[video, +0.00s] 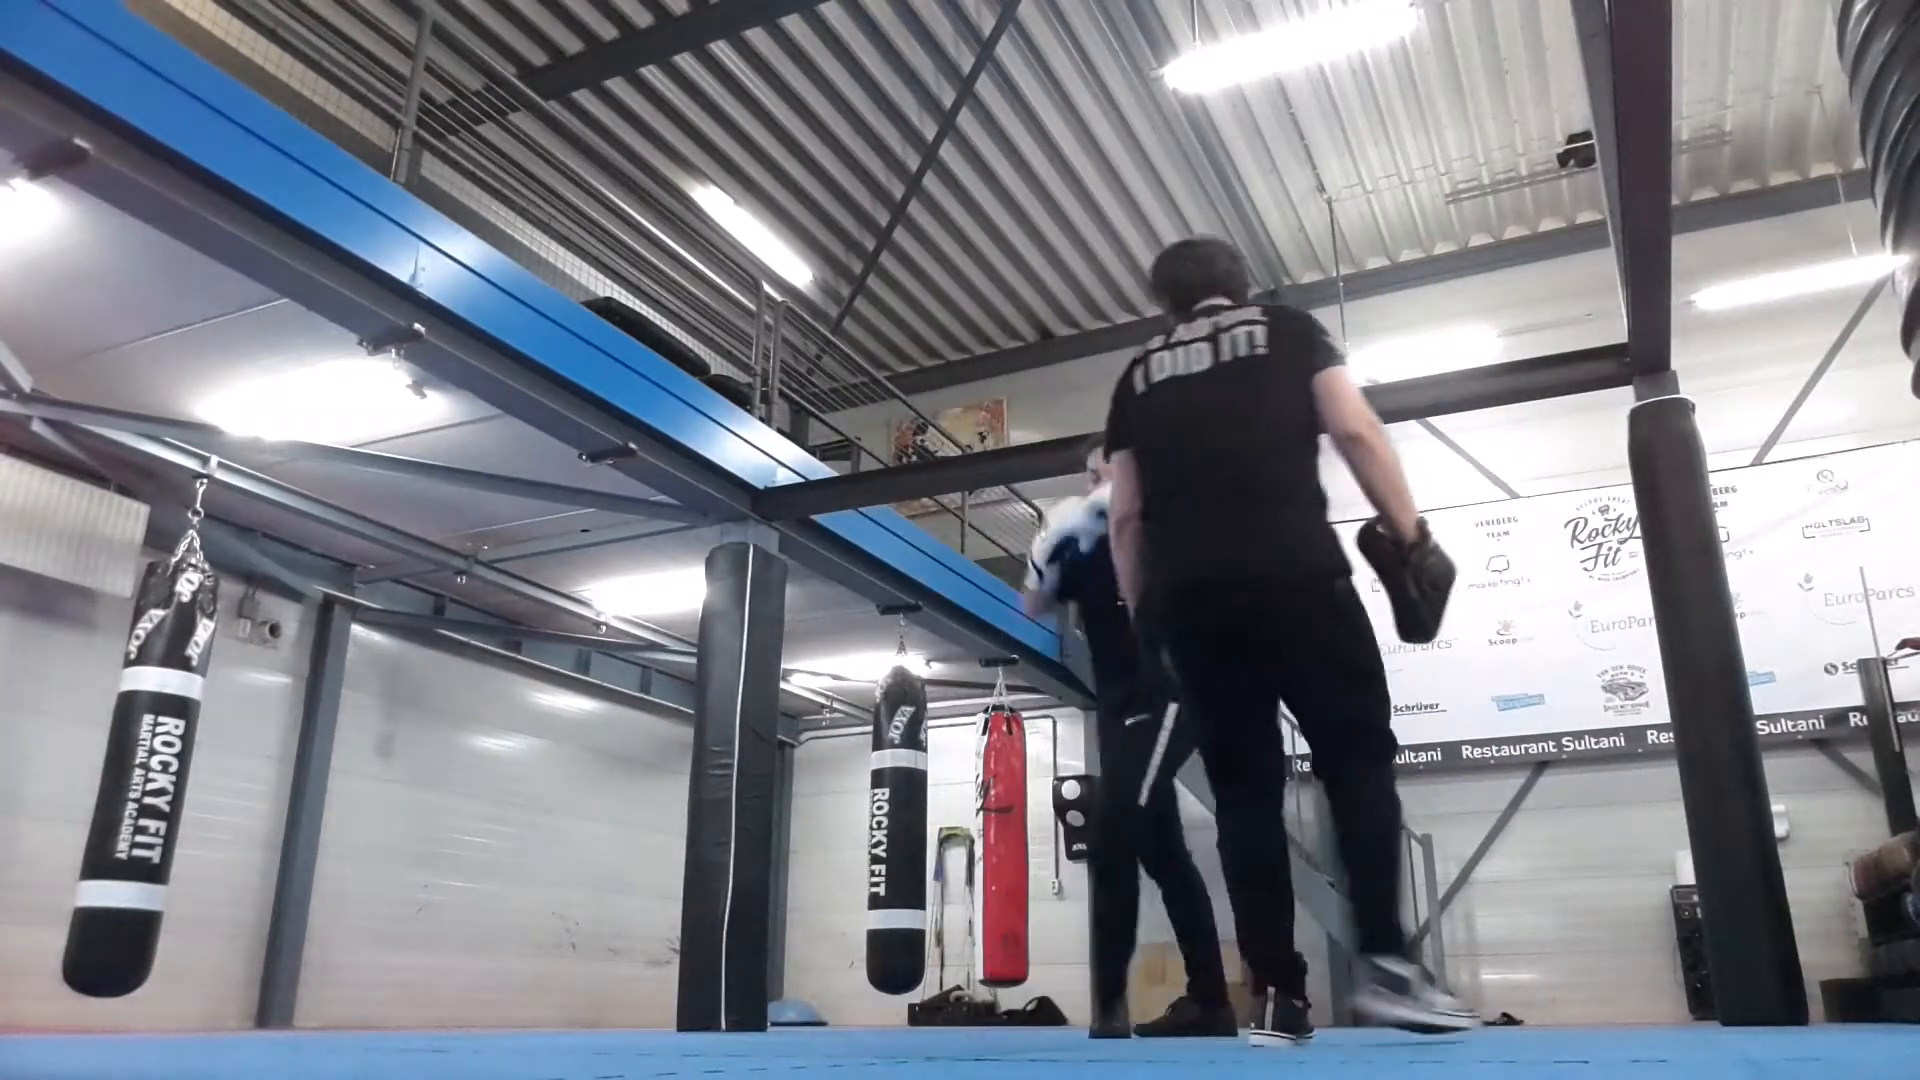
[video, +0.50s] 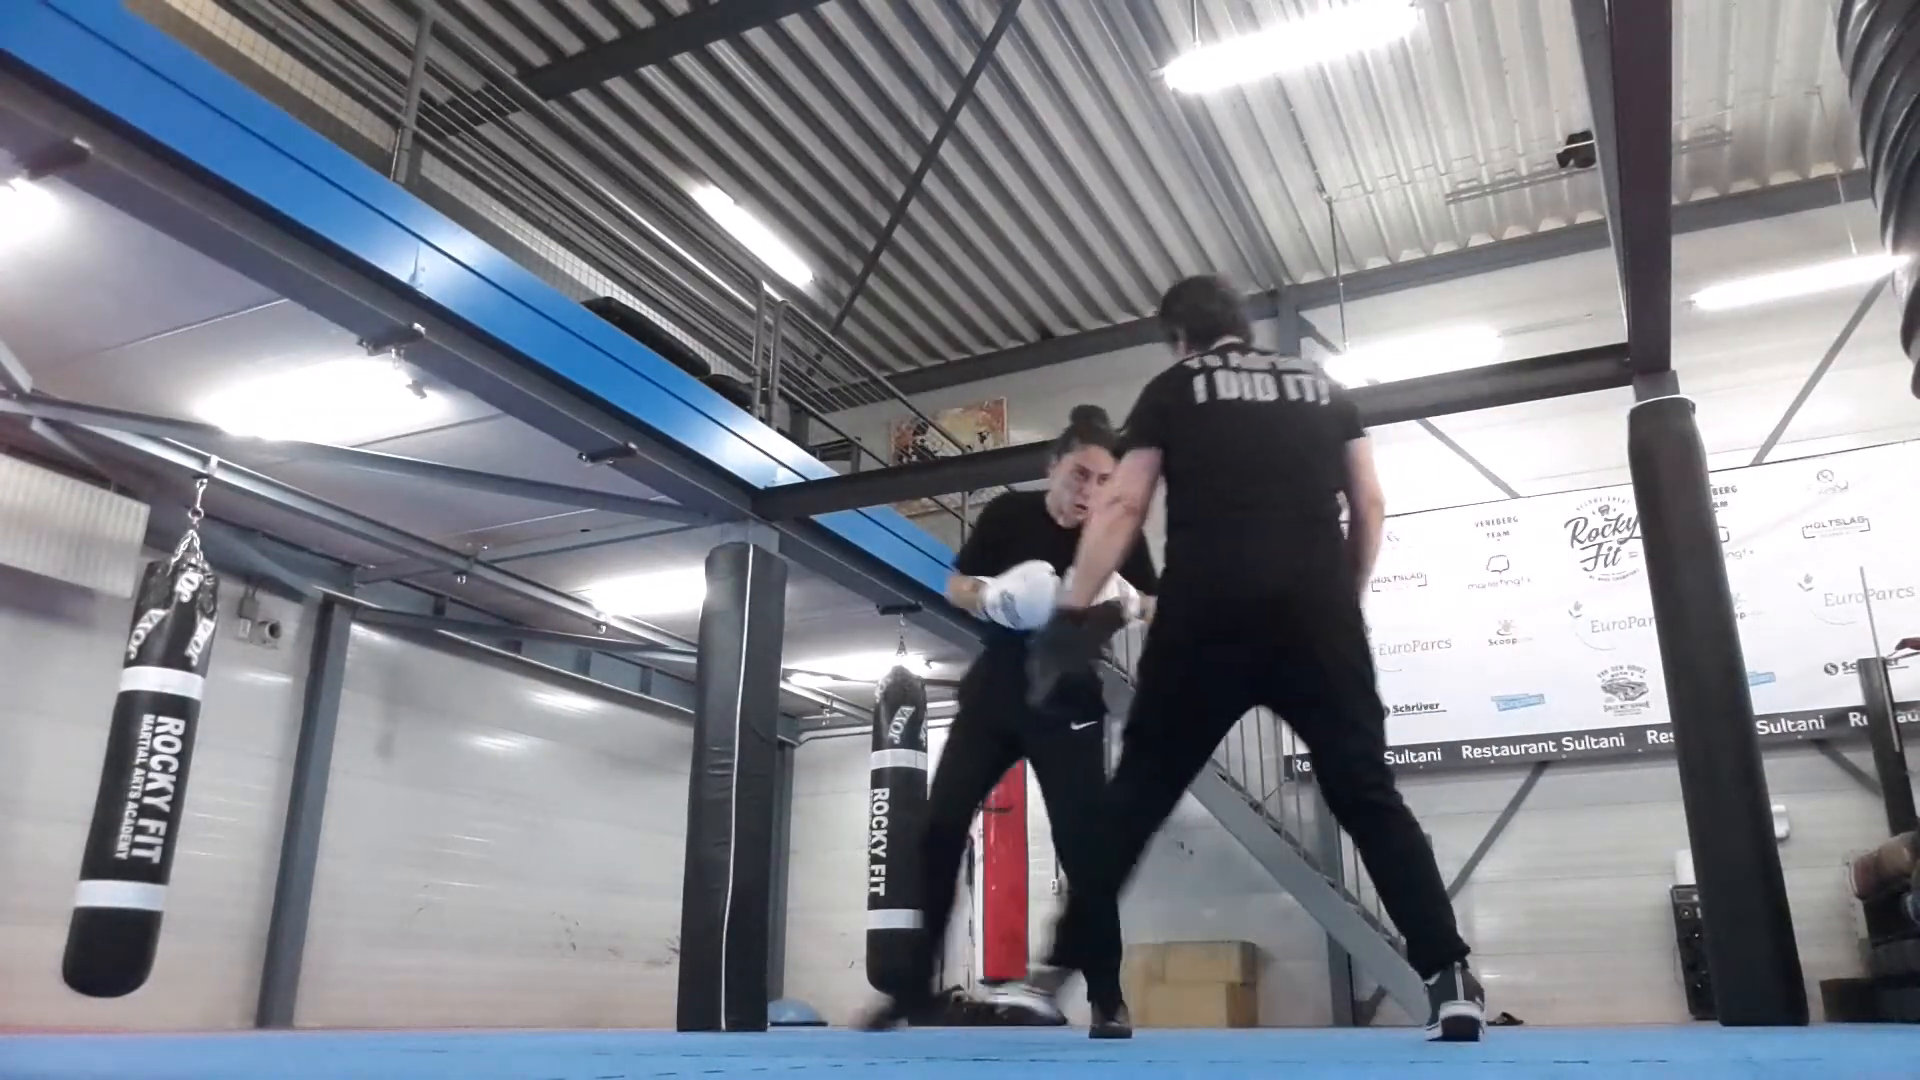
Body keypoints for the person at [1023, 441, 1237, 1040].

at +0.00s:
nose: (1105, 481)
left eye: (1113, 469)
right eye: (1100, 472)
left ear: (1141, 471)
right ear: (1094, 477)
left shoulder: (1168, 519)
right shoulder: (1080, 532)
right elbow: (1036, 605)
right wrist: (1050, 549)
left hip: (1174, 690)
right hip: (1120, 701)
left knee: (1113, 839)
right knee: (1164, 852)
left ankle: (1109, 1006)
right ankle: (1210, 999)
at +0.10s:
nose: (1105, 493)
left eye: (1118, 483)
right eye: (1097, 481)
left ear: (1145, 489)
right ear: (1086, 484)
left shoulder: (1161, 536)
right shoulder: (1072, 547)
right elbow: (1010, 598)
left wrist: (1118, 531)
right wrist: (1045, 541)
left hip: (1152, 706)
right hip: (1096, 711)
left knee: (1113, 837)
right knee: (1132, 848)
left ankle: (1110, 1006)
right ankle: (1206, 996)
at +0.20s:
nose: (1109, 495)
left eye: (1122, 486)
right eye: (1100, 482)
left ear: (1139, 494)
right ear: (1083, 486)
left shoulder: (1152, 557)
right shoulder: (1055, 553)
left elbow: (1193, 612)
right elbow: (999, 607)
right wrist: (1025, 576)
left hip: (1129, 716)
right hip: (1069, 716)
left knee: (1103, 848)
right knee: (1083, 851)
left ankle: (1108, 1003)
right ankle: (1179, 975)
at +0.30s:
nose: (1111, 498)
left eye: (1124, 486)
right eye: (1101, 483)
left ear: (1139, 487)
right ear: (1078, 475)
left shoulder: (1146, 537)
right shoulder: (1040, 525)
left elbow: (1182, 607)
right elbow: (998, 605)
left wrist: (1122, 606)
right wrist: (1030, 608)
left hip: (1112, 706)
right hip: (1046, 702)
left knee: (1101, 846)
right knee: (1018, 842)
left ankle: (1107, 1001)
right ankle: (1129, 949)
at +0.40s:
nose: (1106, 498)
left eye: (1120, 486)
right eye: (1098, 480)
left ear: (1133, 488)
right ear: (1071, 467)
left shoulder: (1134, 535)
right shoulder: (1026, 519)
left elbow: (1159, 599)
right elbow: (983, 593)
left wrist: (1103, 616)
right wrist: (1014, 608)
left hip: (1089, 714)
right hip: (1018, 703)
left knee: (1090, 847)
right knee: (974, 827)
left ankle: (1107, 990)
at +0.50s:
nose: (1087, 492)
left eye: (1101, 481)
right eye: (1078, 475)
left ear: (1115, 486)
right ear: (1052, 465)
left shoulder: (1119, 532)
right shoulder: (1007, 512)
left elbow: (1159, 604)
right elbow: (956, 587)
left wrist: (1129, 601)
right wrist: (994, 594)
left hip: (1069, 707)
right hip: (994, 700)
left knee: (1087, 848)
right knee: (941, 826)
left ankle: (1106, 997)